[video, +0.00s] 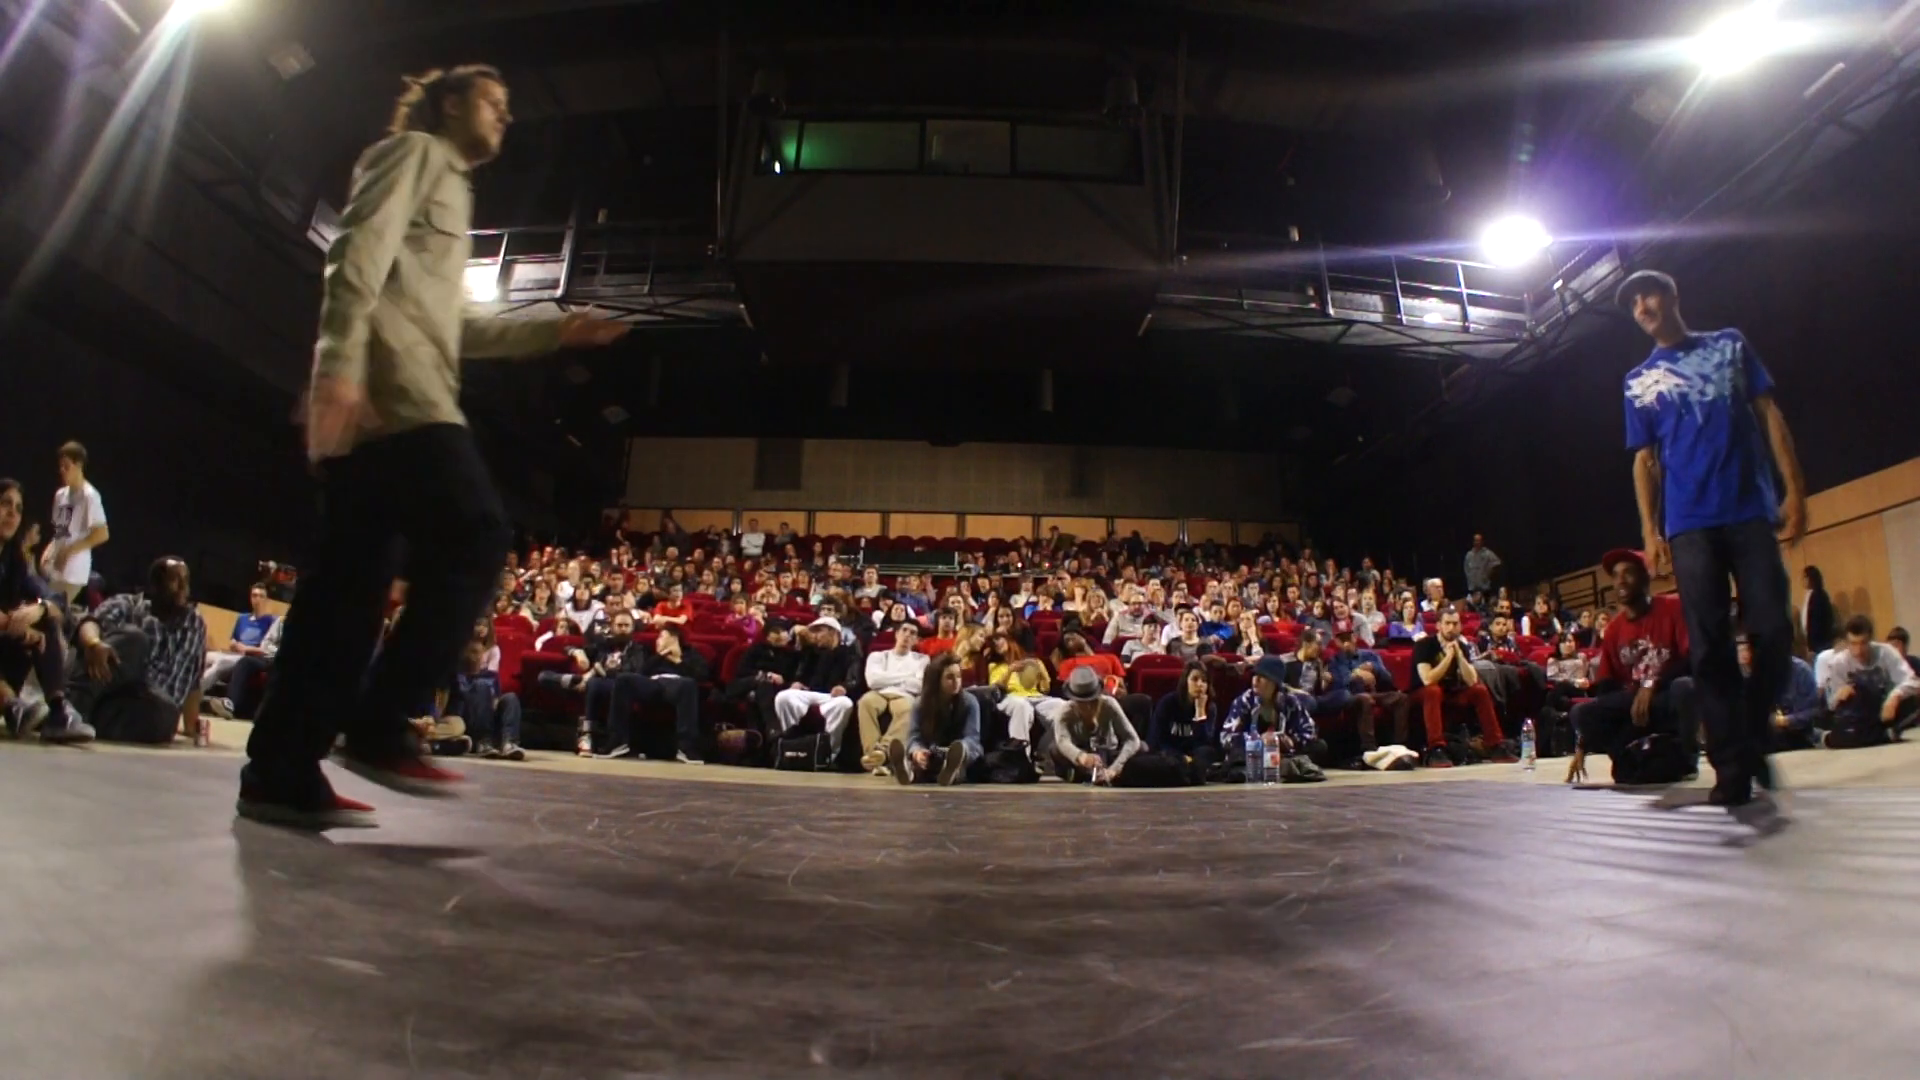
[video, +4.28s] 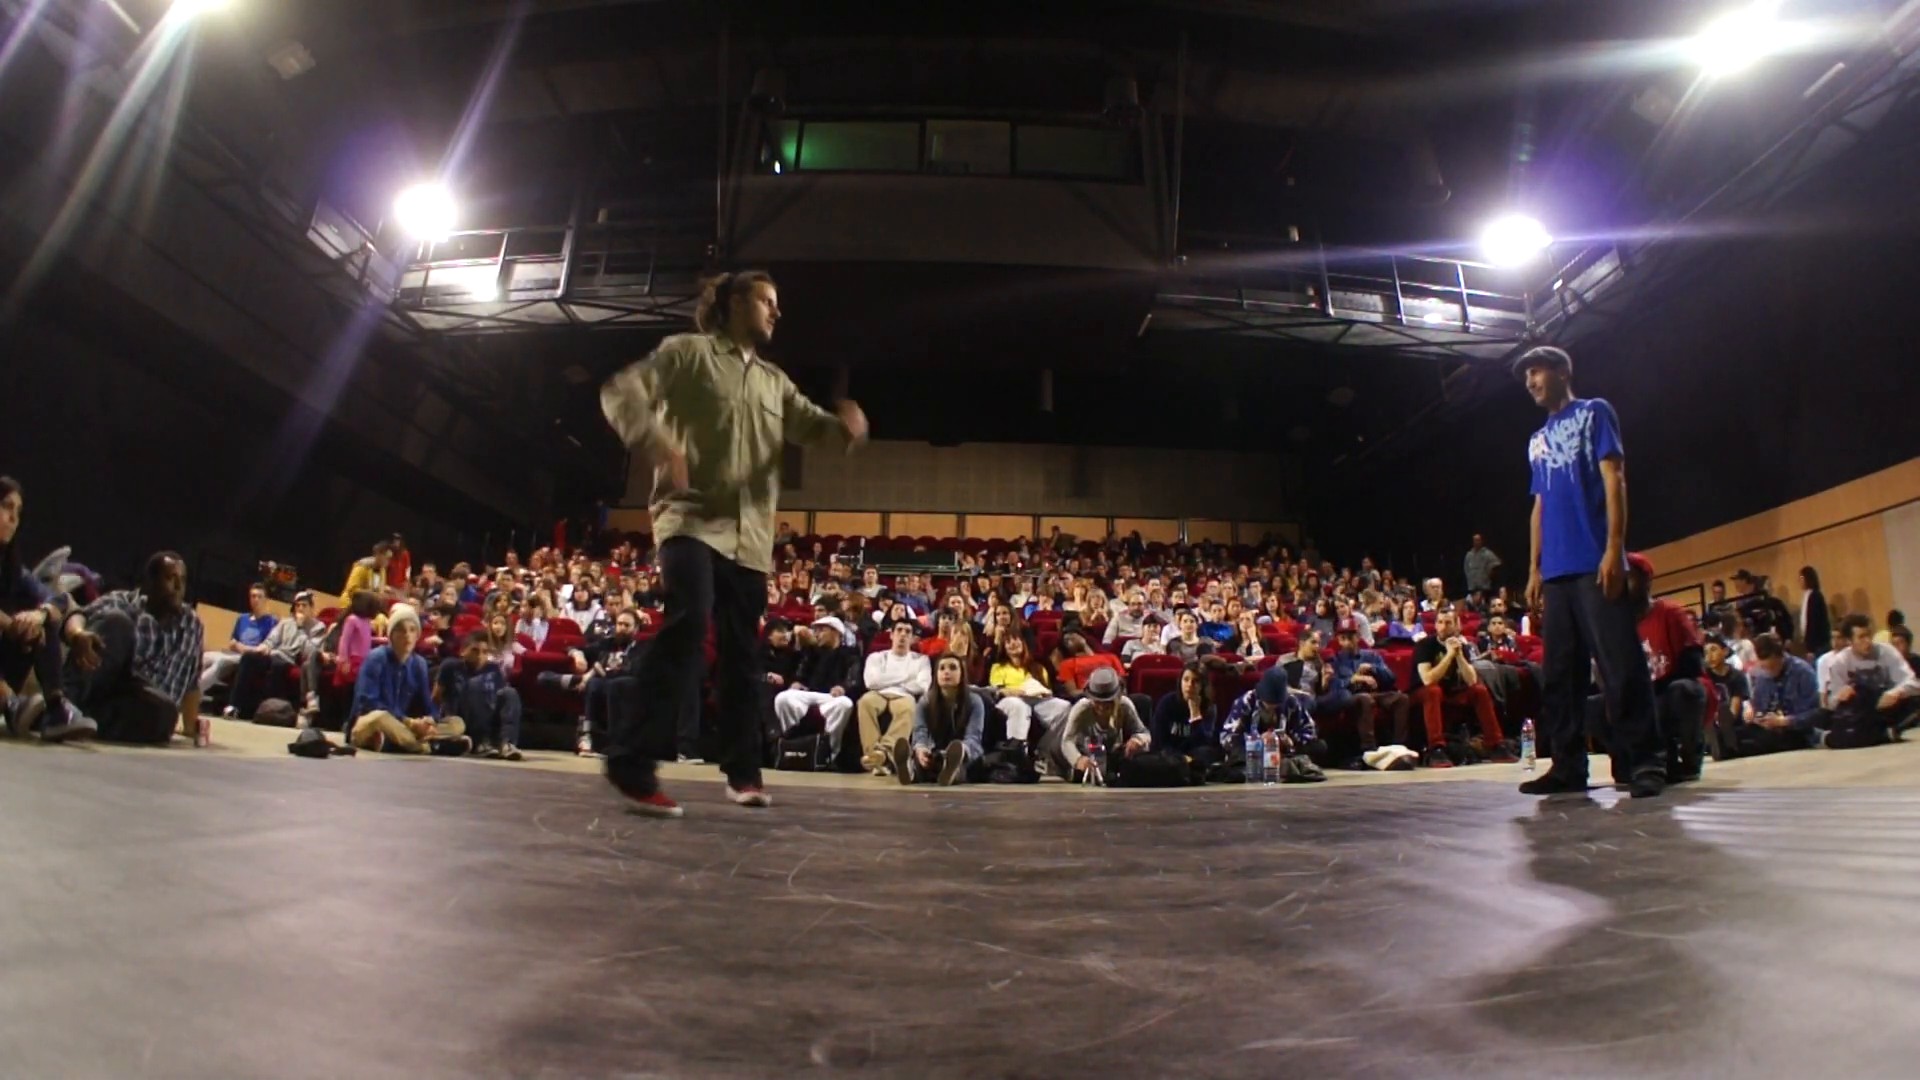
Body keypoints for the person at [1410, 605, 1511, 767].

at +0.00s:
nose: (1451, 628)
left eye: (1455, 624)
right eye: (1447, 623)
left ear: (1460, 626)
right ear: (1439, 626)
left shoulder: (1463, 646)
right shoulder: (1424, 646)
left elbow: (1472, 681)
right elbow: (1427, 678)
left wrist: (1459, 654)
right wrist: (1448, 657)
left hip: (1455, 691)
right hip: (1428, 693)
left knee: (1480, 691)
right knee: (1433, 691)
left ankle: (1496, 745)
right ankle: (1436, 748)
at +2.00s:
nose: (1450, 628)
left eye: (1455, 624)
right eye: (1446, 624)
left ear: (1460, 627)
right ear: (1438, 626)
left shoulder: (1462, 646)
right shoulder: (1424, 645)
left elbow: (1472, 681)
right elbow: (1427, 679)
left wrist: (1459, 655)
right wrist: (1449, 657)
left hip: (1455, 692)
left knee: (1480, 691)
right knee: (1433, 691)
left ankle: (1497, 745)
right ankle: (1436, 748)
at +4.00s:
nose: (1443, 627)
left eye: (1448, 623)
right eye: (1440, 623)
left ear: (1456, 626)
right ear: (1435, 625)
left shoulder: (1462, 646)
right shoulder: (1425, 646)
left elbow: (1471, 680)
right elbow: (1427, 679)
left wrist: (1459, 654)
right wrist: (1450, 655)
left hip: (1455, 691)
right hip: (1431, 691)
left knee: (1480, 691)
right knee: (1434, 691)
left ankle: (1496, 745)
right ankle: (1436, 748)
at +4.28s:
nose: (1443, 627)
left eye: (1448, 623)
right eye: (1440, 623)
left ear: (1457, 626)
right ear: (1435, 625)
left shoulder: (1463, 646)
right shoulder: (1424, 646)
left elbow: (1471, 681)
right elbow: (1427, 678)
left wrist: (1459, 655)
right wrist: (1450, 655)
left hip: (1454, 691)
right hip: (1429, 692)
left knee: (1480, 691)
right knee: (1434, 691)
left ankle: (1496, 745)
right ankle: (1436, 748)